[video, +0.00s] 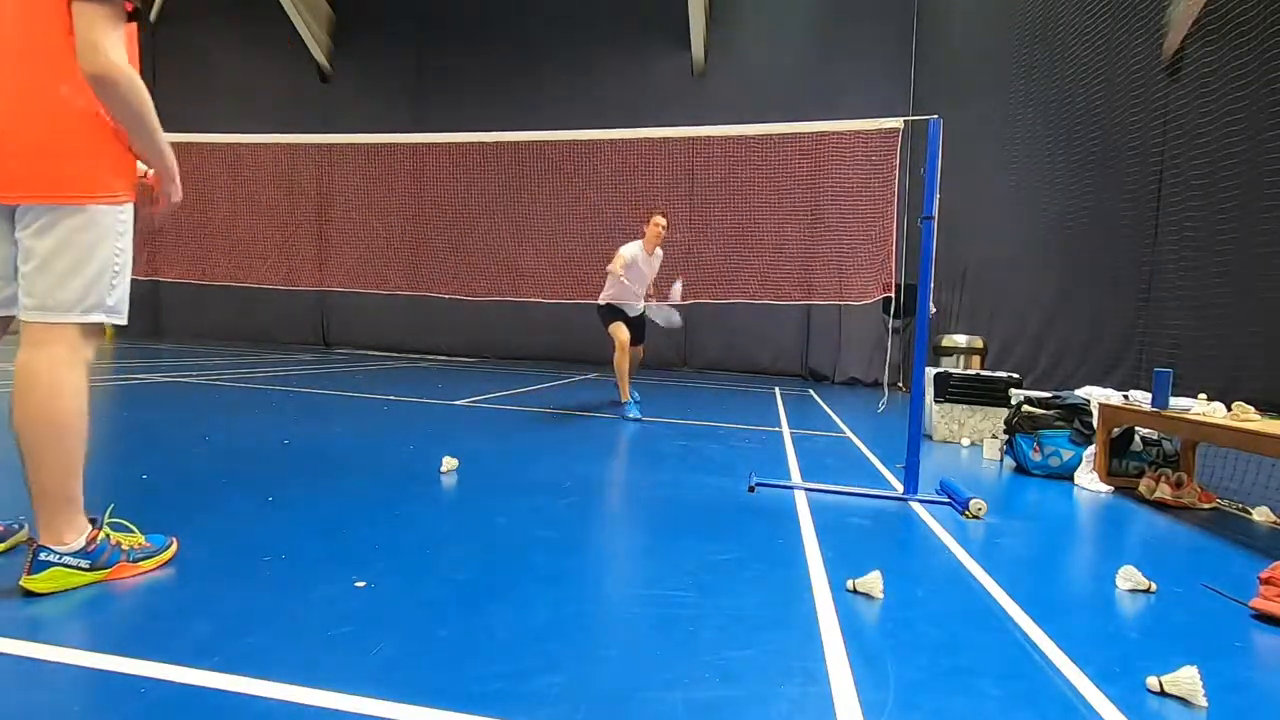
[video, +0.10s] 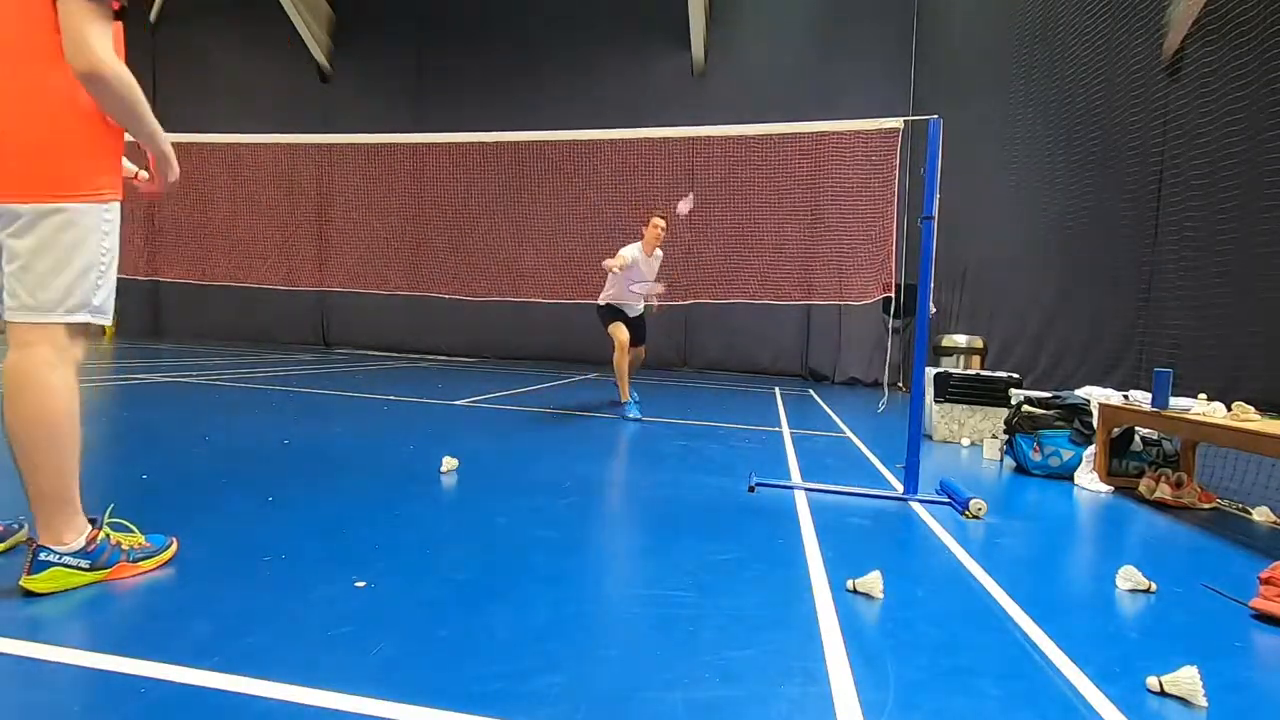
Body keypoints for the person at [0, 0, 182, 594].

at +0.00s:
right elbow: (102, 59)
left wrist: (122, 161)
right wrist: (162, 158)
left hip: (19, 148)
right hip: (66, 149)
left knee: (38, 335)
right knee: (56, 336)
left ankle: (52, 521)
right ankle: (64, 540)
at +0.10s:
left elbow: (30, 72)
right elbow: (92, 57)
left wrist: (97, 149)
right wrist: (155, 138)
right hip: (45, 157)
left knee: (40, 340)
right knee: (42, 342)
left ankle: (55, 525)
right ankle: (64, 540)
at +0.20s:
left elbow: (47, 58)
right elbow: (77, 54)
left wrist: (93, 145)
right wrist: (143, 130)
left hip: (26, 159)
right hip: (40, 160)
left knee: (34, 341)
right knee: (41, 342)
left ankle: (54, 523)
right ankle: (64, 539)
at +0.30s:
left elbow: (53, 56)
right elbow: (61, 55)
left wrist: (99, 139)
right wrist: (124, 129)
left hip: (26, 159)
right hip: (36, 159)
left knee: (34, 341)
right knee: (42, 342)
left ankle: (54, 522)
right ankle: (64, 539)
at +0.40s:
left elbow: (44, 57)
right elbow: (45, 57)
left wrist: (97, 139)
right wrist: (113, 137)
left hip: (24, 163)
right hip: (33, 163)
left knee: (33, 341)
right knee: (43, 342)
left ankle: (54, 522)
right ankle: (64, 539)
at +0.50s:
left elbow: (31, 57)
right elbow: (31, 56)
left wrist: (91, 143)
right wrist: (110, 138)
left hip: (25, 167)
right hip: (31, 167)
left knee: (40, 338)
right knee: (56, 339)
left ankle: (54, 521)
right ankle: (64, 538)